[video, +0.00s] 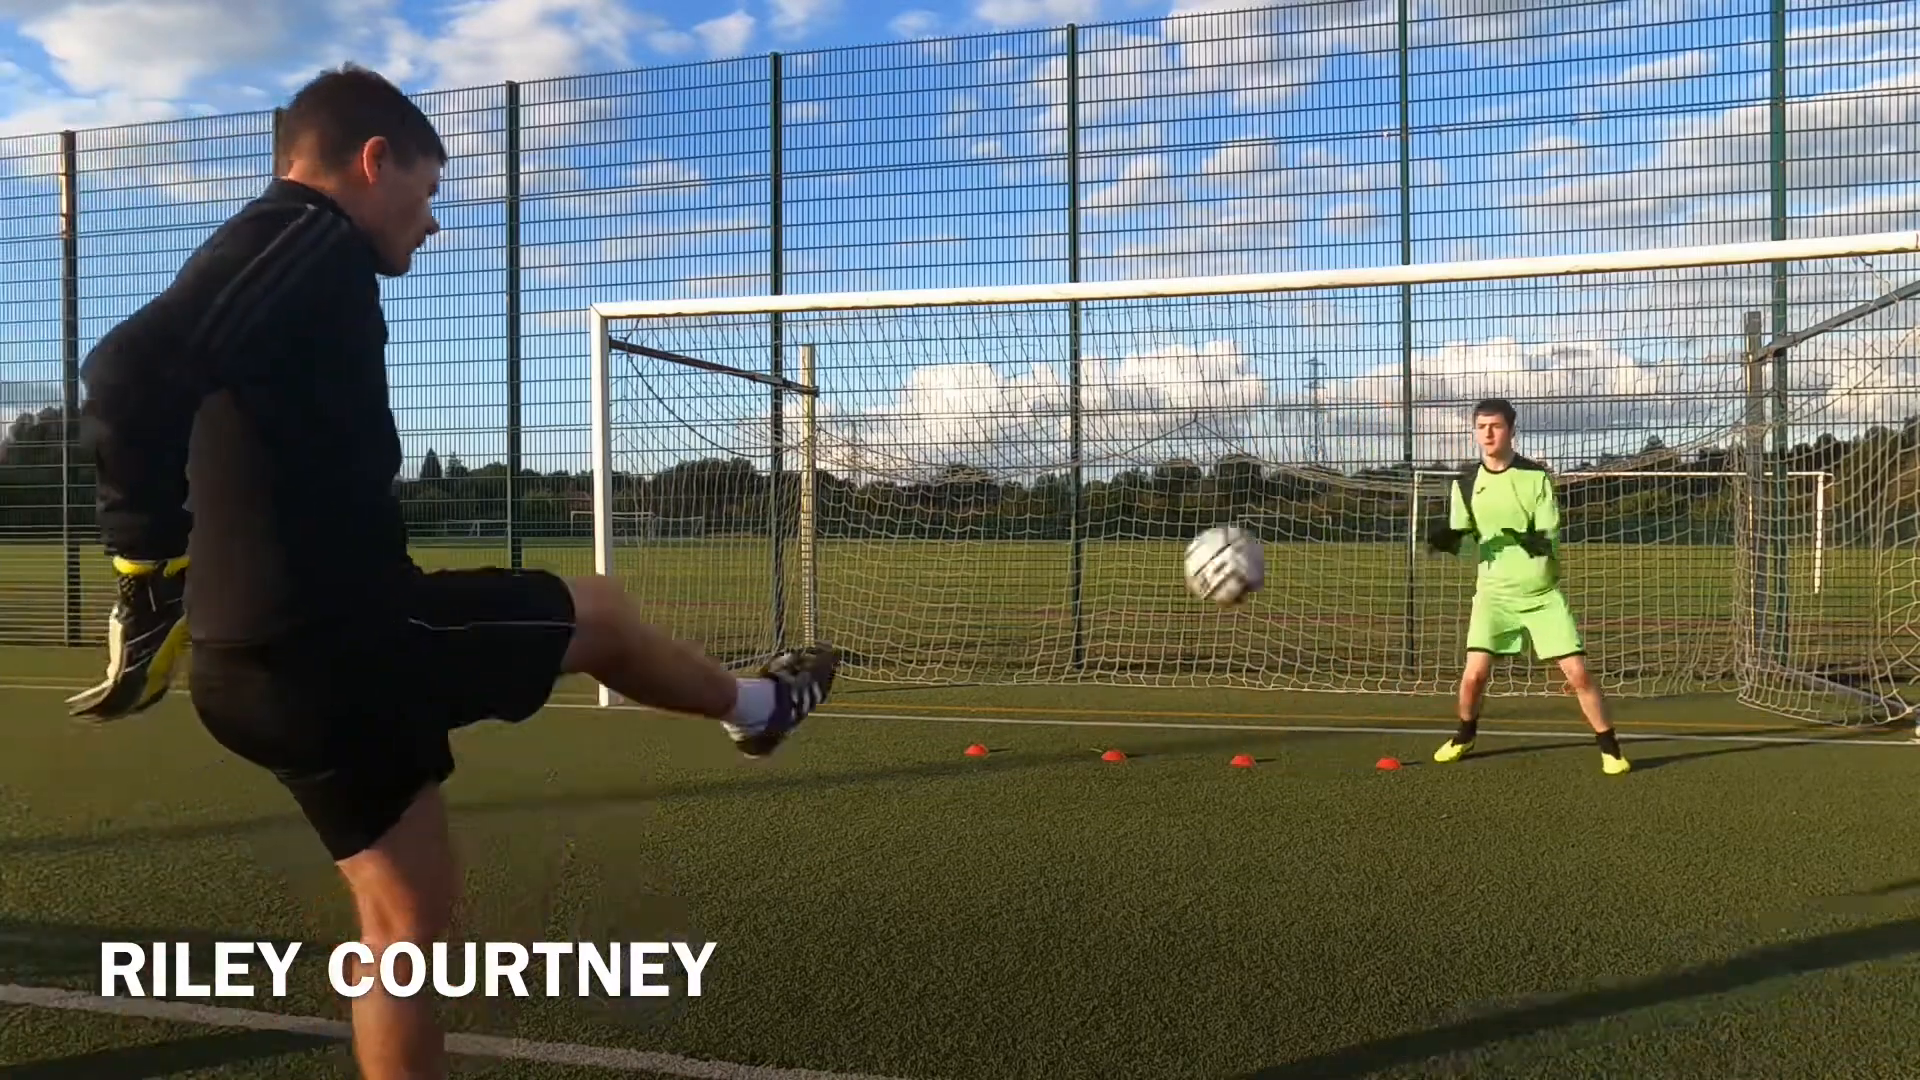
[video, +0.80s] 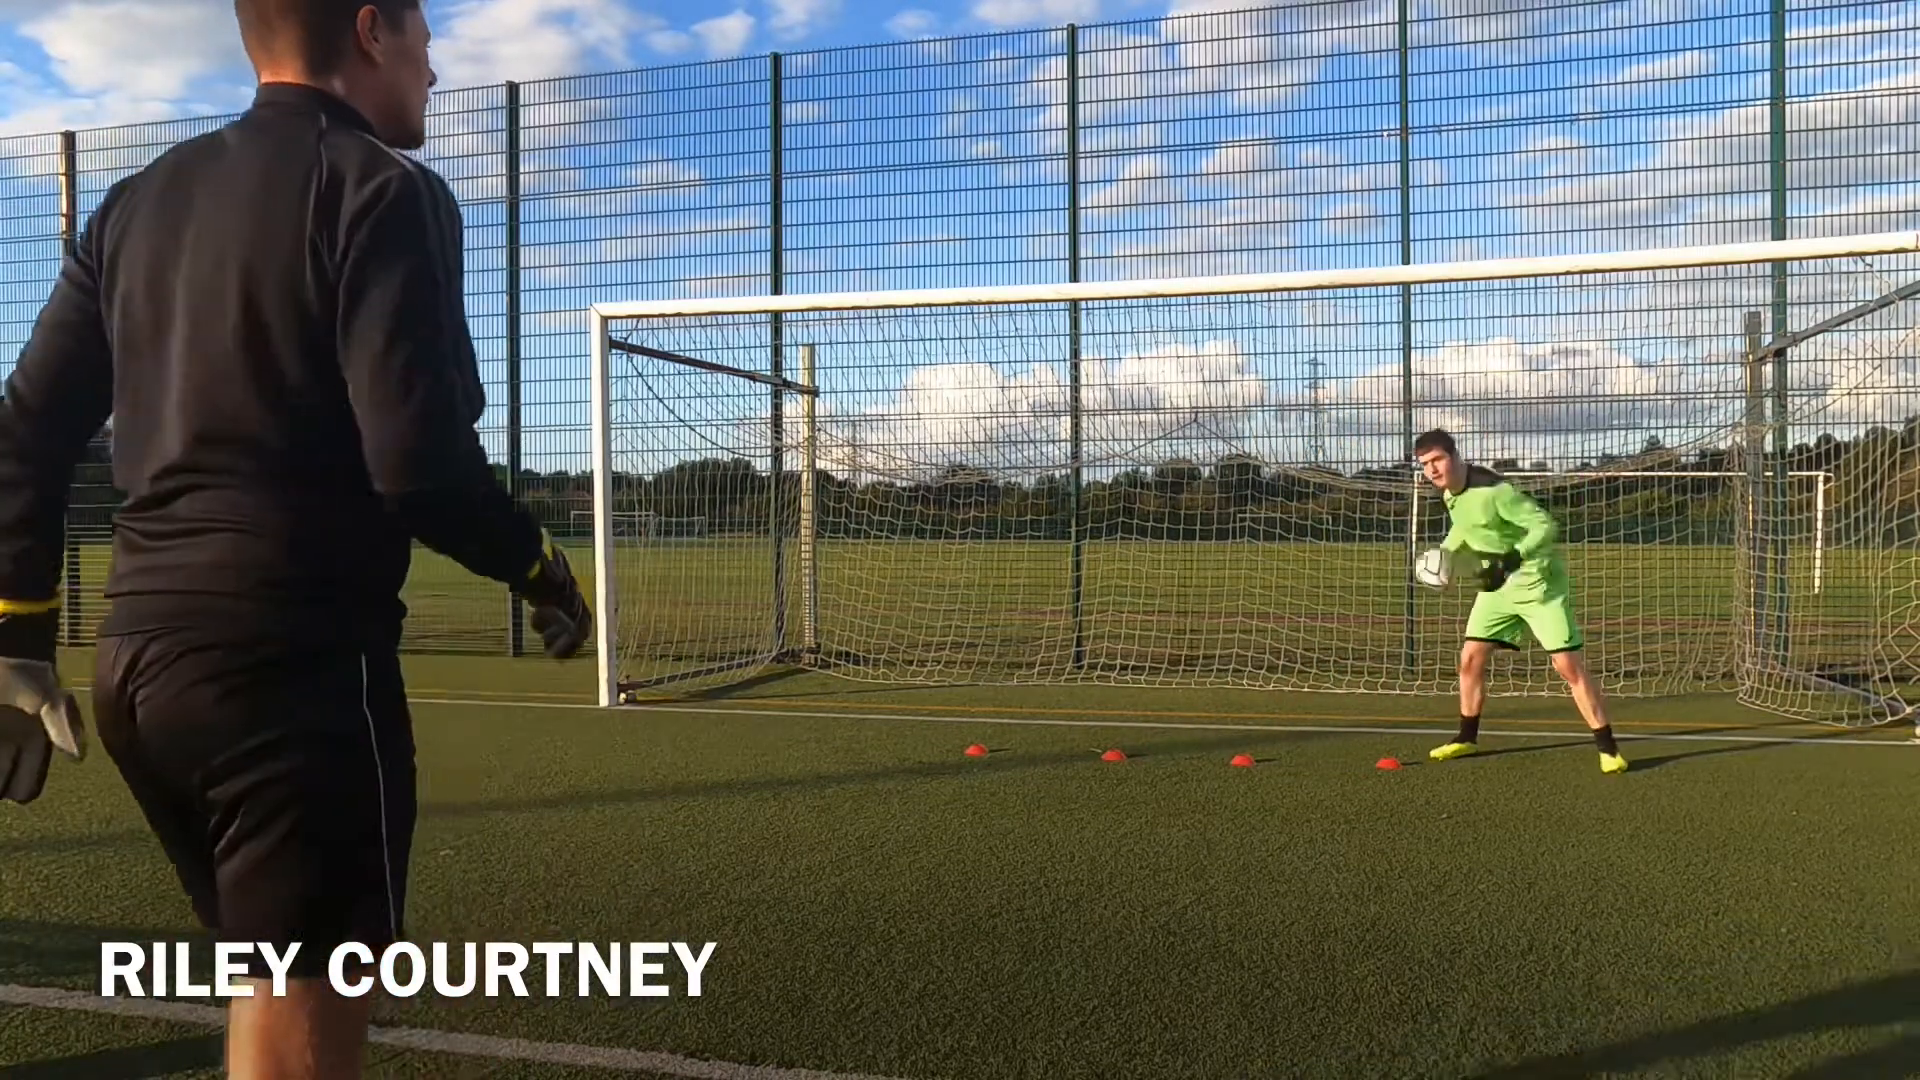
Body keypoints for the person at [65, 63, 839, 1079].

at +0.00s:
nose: (432, 219)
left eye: (434, 196)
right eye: (426, 189)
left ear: (339, 164)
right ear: (368, 162)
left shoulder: (272, 242)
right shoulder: (308, 235)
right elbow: (129, 369)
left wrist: (154, 579)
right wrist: (148, 556)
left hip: (252, 661)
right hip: (336, 643)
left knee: (406, 923)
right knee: (598, 613)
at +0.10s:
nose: (436, 197)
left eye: (437, 172)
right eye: (430, 168)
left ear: (324, 154)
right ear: (371, 146)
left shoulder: (233, 258)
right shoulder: (331, 238)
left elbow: (339, 463)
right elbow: (200, 421)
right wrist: (231, 613)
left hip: (311, 663)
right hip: (394, 632)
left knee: (422, 916)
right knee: (601, 516)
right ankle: (700, 725)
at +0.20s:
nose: (438, 153)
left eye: (438, 129)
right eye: (427, 125)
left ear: (302, 126)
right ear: (367, 116)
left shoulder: (228, 249)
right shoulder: (349, 231)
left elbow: (227, 460)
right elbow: (282, 446)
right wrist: (344, 655)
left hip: (290, 649)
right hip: (387, 631)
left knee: (410, 929)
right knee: (620, 552)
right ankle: (636, 826)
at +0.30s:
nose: (437, 133)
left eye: (437, 109)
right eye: (427, 107)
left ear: (291, 112)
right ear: (367, 103)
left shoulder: (222, 242)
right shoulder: (372, 232)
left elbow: (184, 456)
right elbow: (355, 453)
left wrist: (297, 538)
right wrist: (462, 644)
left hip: (280, 653)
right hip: (391, 635)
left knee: (386, 935)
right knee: (631, 680)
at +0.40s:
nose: (436, 131)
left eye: (437, 106)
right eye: (427, 102)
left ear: (291, 107)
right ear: (370, 95)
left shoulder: (209, 247)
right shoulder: (390, 234)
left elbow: (137, 457)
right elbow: (422, 466)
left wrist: (199, 574)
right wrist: (539, 606)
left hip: (264, 639)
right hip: (390, 628)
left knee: (379, 925)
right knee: (585, 840)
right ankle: (473, 1067)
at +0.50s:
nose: (432, 119)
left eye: (433, 94)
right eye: (425, 93)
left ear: (279, 98)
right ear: (371, 86)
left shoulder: (195, 246)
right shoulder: (401, 232)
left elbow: (84, 457)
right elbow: (474, 471)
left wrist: (72, 611)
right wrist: (603, 583)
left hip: (255, 659)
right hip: (390, 658)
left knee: (364, 950)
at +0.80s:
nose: (431, 73)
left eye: (426, 41)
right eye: (421, 38)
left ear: (259, 49)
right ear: (371, 32)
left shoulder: (133, 203)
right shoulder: (380, 186)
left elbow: (31, 422)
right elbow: (417, 461)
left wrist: (22, 630)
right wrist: (529, 560)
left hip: (144, 662)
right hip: (297, 664)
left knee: (279, 997)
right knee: (301, 1015)